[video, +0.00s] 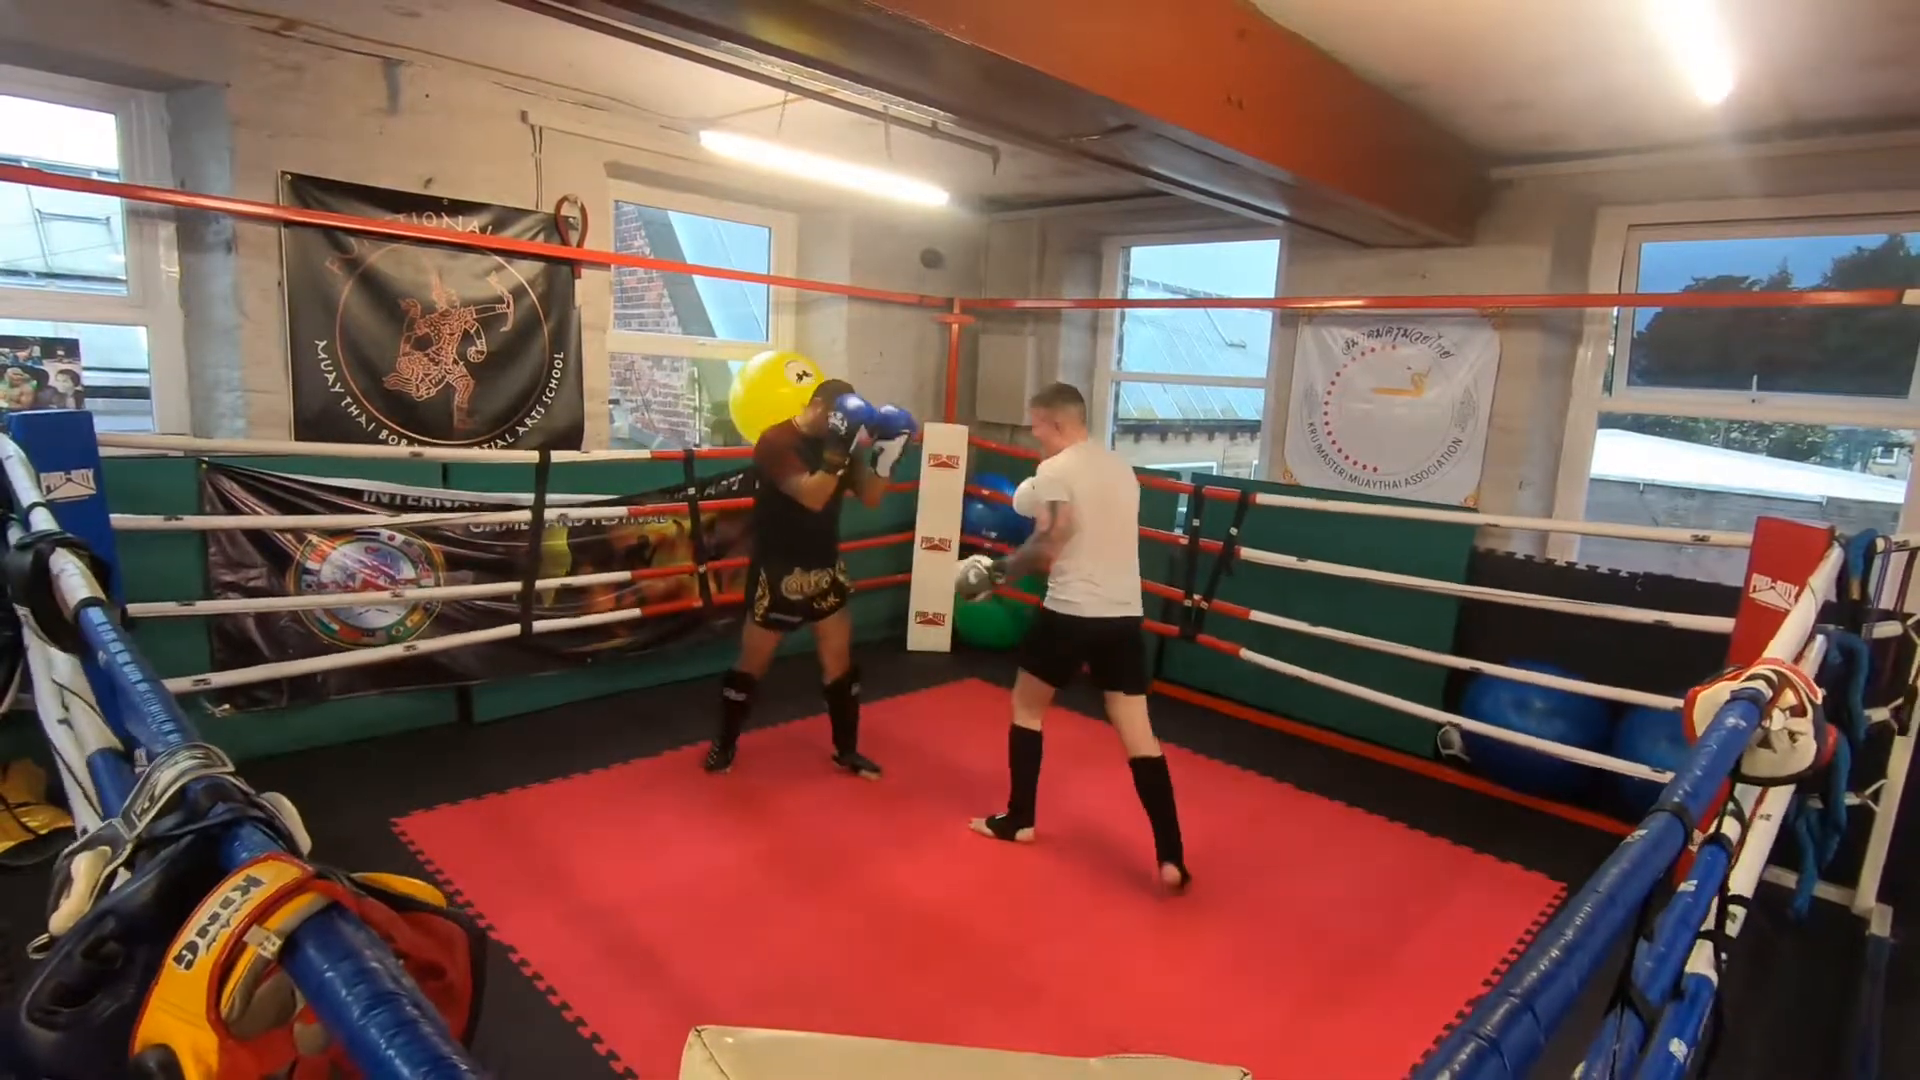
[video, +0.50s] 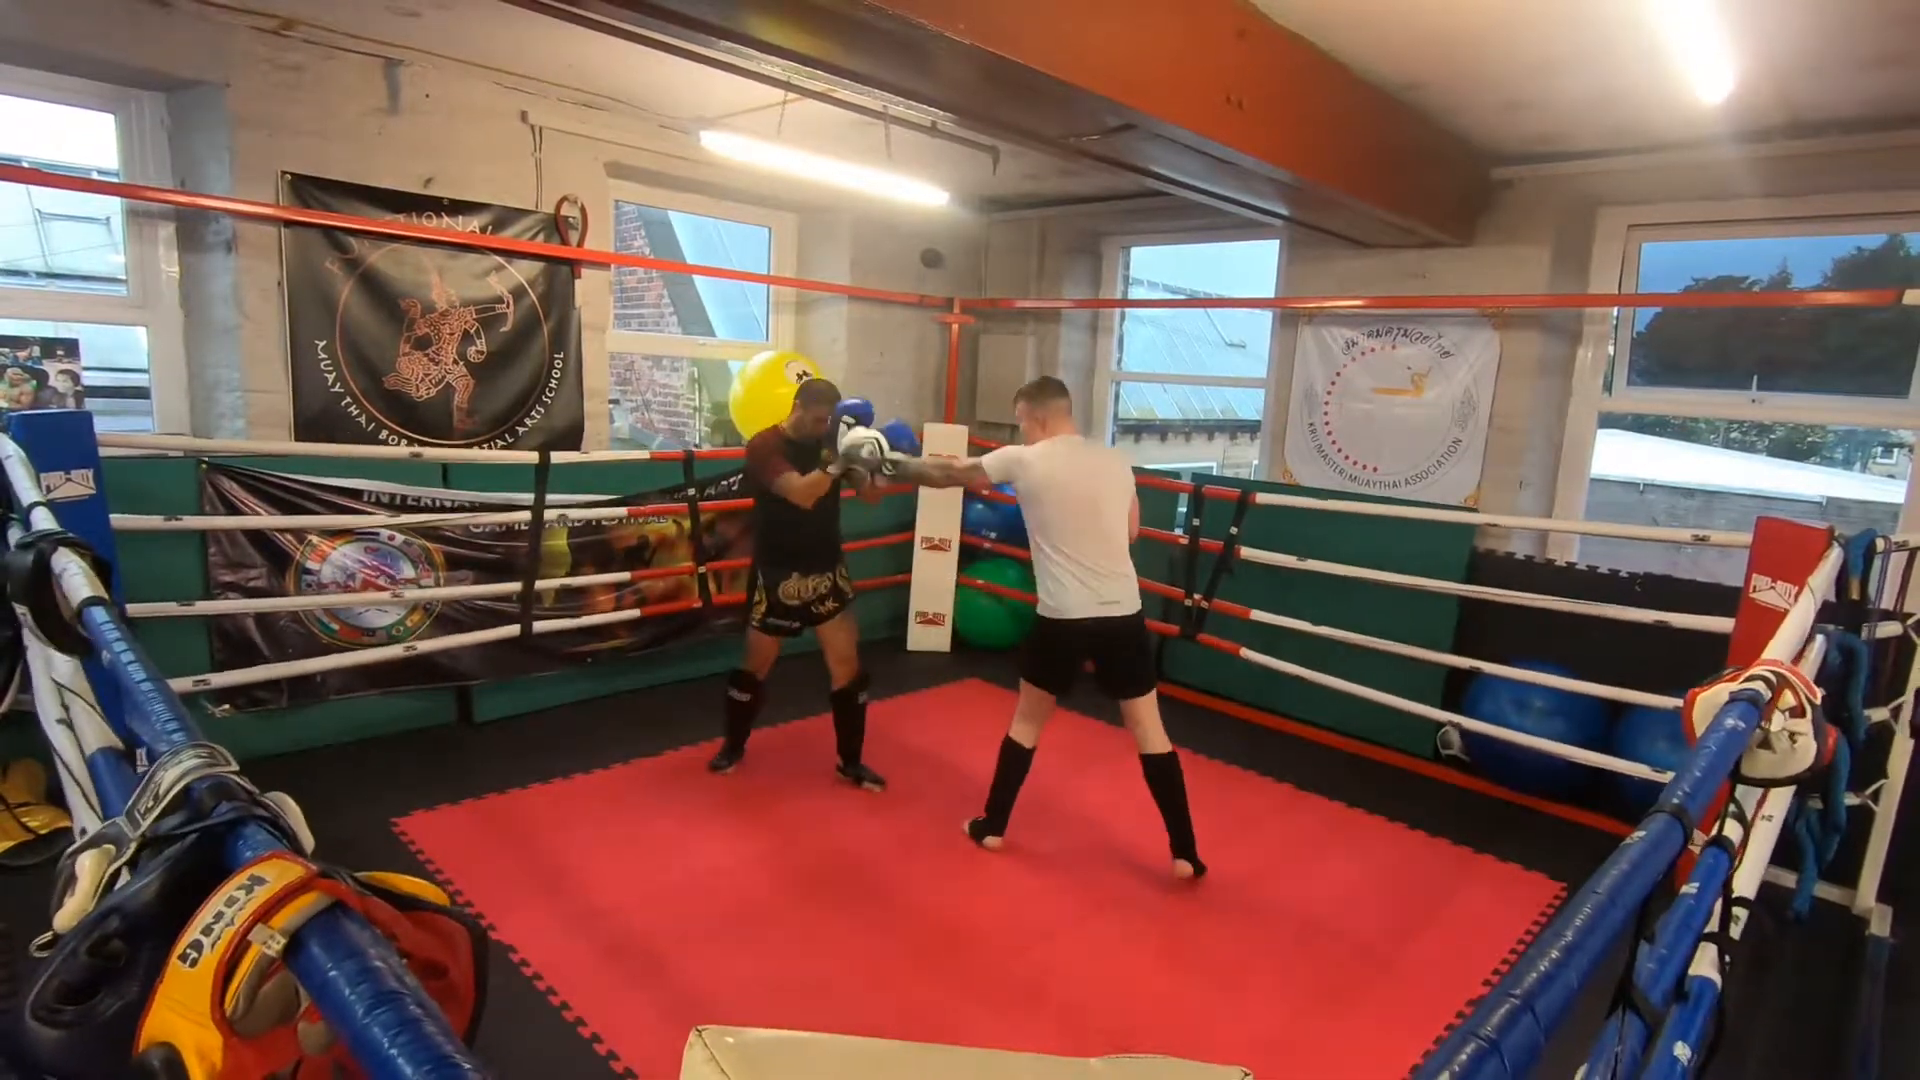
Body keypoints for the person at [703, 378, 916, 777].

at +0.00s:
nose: (832, 423)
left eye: (839, 419)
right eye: (829, 414)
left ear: (841, 422)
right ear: (813, 406)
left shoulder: (833, 447)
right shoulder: (775, 442)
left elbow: (870, 496)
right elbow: (814, 497)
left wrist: (886, 456)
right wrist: (840, 451)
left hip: (825, 570)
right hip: (776, 571)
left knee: (838, 665)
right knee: (751, 666)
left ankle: (846, 751)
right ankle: (724, 745)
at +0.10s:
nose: (826, 421)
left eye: (832, 417)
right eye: (823, 414)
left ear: (839, 420)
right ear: (807, 407)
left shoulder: (837, 448)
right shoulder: (771, 441)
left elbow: (869, 497)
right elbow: (807, 495)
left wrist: (885, 461)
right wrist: (829, 451)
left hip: (825, 567)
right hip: (775, 569)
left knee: (838, 662)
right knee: (755, 663)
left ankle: (846, 751)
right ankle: (735, 745)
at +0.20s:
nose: (816, 420)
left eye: (821, 413)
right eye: (809, 410)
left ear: (825, 415)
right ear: (789, 408)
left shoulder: (831, 446)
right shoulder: (762, 445)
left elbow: (857, 501)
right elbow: (794, 499)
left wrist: (876, 487)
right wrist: (817, 454)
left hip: (823, 567)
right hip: (773, 570)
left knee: (844, 661)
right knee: (754, 662)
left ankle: (847, 752)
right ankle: (733, 746)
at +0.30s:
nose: (811, 414)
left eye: (816, 405)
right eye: (802, 405)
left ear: (821, 409)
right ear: (781, 407)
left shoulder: (827, 444)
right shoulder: (759, 446)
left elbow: (855, 499)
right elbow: (789, 501)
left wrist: (875, 481)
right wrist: (814, 460)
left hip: (822, 570)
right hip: (770, 572)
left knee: (852, 661)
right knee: (751, 665)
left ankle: (851, 751)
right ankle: (733, 746)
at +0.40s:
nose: (814, 415)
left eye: (819, 407)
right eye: (807, 406)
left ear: (827, 411)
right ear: (786, 406)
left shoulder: (829, 446)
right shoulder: (761, 447)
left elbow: (859, 496)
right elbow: (796, 499)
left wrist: (881, 469)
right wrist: (819, 456)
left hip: (824, 569)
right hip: (772, 572)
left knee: (849, 665)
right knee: (752, 663)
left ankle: (852, 760)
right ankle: (733, 745)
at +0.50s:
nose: (826, 425)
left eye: (830, 418)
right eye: (818, 418)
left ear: (834, 416)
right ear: (795, 410)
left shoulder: (832, 442)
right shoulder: (763, 448)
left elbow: (871, 494)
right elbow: (804, 494)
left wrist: (868, 454)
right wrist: (837, 460)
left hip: (827, 571)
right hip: (775, 574)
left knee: (846, 668)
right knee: (755, 666)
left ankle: (851, 762)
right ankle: (733, 746)